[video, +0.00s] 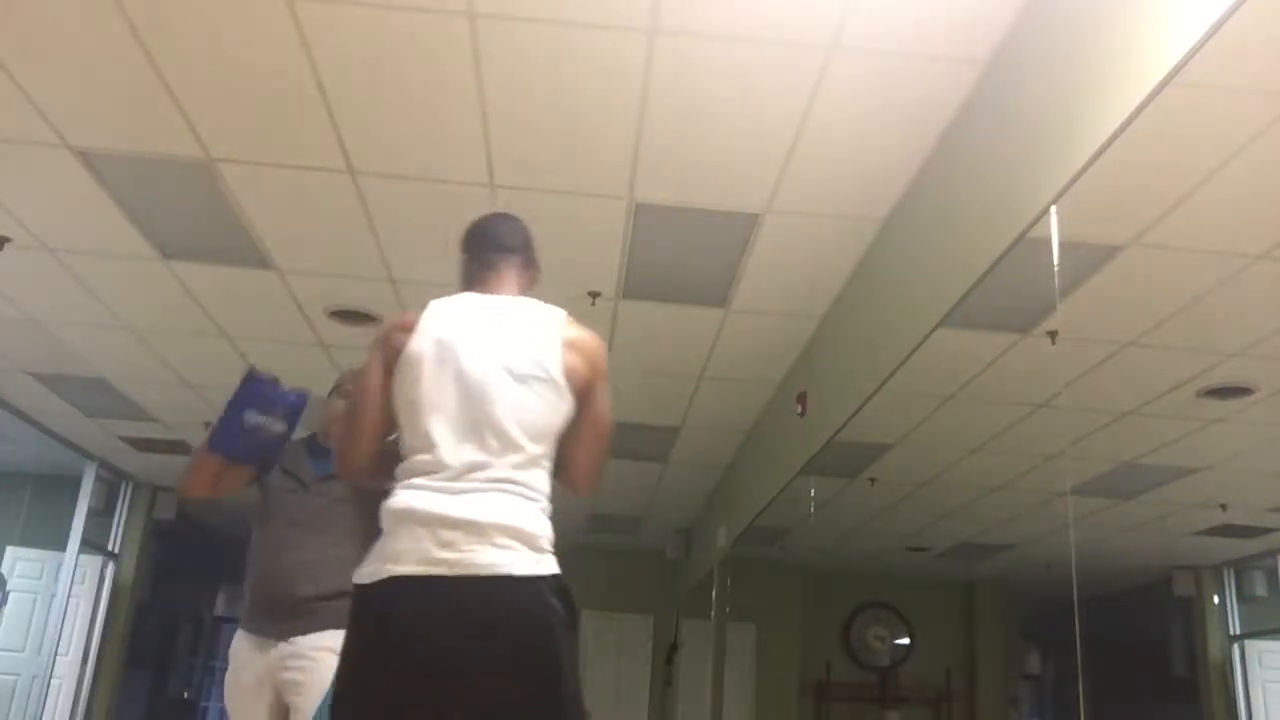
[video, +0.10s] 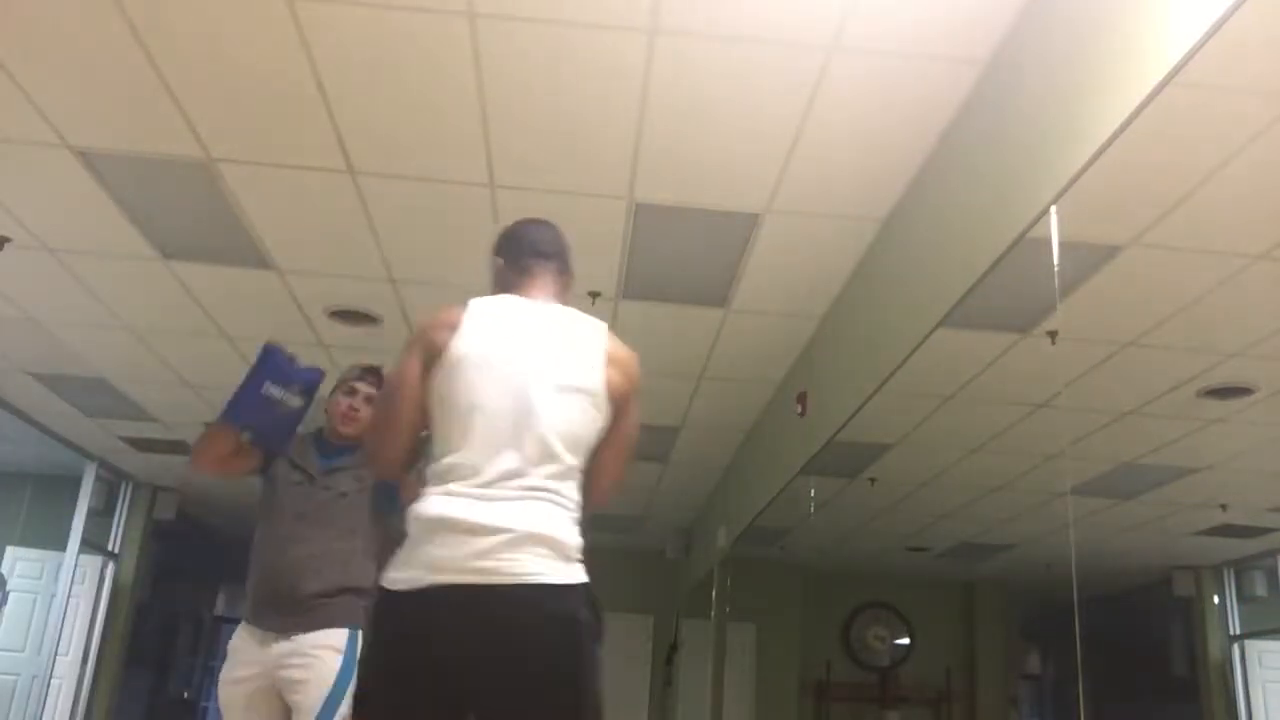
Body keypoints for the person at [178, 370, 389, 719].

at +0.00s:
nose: (347, 406)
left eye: (358, 399)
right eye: (341, 394)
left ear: (377, 414)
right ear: (324, 406)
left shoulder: (383, 463)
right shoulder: (281, 456)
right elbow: (196, 494)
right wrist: (242, 415)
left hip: (325, 640)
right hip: (253, 638)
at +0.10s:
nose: (355, 404)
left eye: (369, 400)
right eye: (349, 393)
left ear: (381, 417)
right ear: (329, 402)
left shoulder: (384, 460)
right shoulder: (285, 450)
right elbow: (206, 463)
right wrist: (255, 396)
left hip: (328, 640)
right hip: (254, 637)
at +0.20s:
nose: (356, 403)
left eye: (368, 398)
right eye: (348, 391)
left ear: (377, 415)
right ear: (328, 399)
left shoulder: (384, 460)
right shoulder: (286, 445)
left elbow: (433, 506)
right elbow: (211, 451)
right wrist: (265, 392)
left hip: (325, 638)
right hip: (253, 633)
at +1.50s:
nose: (334, 418)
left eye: (345, 412)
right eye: (326, 408)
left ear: (356, 424)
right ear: (309, 416)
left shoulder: (370, 471)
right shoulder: (277, 466)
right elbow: (221, 475)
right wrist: (258, 421)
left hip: (334, 646)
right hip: (264, 644)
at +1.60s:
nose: (319, 424)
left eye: (331, 416)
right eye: (309, 414)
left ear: (341, 427)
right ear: (293, 421)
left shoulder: (357, 476)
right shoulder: (266, 472)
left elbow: (405, 533)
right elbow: (202, 495)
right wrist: (237, 431)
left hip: (328, 648)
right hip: (258, 646)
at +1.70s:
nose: (316, 423)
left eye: (328, 416)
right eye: (307, 413)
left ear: (337, 427)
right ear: (290, 420)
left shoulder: (357, 475)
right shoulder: (261, 472)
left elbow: (400, 546)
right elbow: (192, 508)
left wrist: (358, 560)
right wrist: (232, 438)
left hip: (330, 644)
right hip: (259, 643)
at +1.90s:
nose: (344, 422)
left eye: (355, 416)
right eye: (336, 411)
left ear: (362, 427)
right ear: (317, 418)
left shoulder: (376, 476)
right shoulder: (279, 469)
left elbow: (415, 548)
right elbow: (211, 536)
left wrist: (389, 600)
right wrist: (246, 471)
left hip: (335, 641)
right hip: (265, 640)